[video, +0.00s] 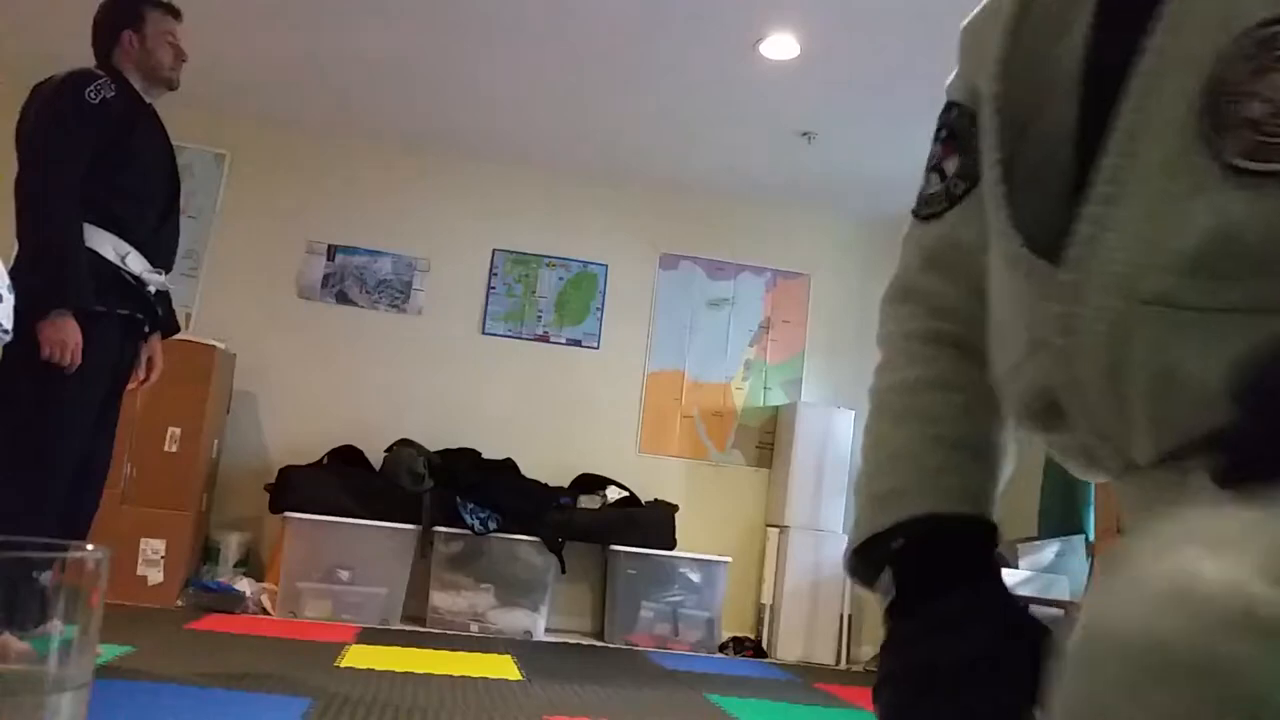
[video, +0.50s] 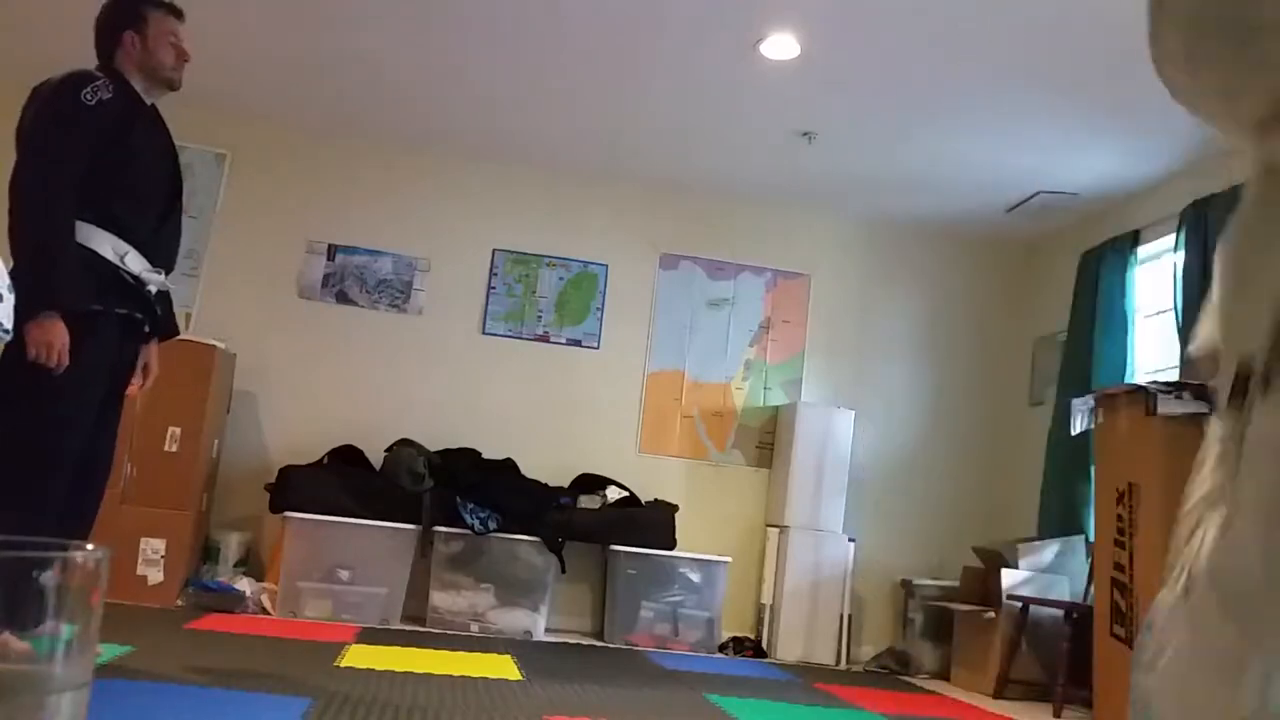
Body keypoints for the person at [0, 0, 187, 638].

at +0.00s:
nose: (183, 51)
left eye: (182, 40)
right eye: (171, 37)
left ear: (139, 45)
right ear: (130, 41)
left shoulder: (149, 126)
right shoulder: (73, 95)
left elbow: (147, 237)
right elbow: (47, 203)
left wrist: (154, 323)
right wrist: (55, 306)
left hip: (113, 325)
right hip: (62, 317)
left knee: (80, 477)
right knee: (37, 469)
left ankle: (39, 614)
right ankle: (9, 619)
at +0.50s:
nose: (186, 52)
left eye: (185, 41)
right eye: (174, 39)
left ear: (142, 46)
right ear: (131, 43)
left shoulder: (153, 130)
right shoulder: (75, 95)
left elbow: (148, 241)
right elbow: (39, 204)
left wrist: (149, 330)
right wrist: (41, 307)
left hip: (113, 332)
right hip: (62, 323)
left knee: (82, 477)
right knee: (36, 470)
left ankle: (42, 617)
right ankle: (10, 618)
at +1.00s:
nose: (202, 67)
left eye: (203, 57)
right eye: (191, 54)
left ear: (158, 59)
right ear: (147, 52)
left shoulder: (157, 130)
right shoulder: (102, 104)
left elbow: (144, 237)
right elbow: (65, 200)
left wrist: (151, 329)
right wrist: (61, 303)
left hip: (118, 328)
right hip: (81, 321)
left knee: (82, 472)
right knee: (51, 468)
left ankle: (38, 613)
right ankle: (13, 614)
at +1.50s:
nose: (252, 107)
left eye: (255, 99)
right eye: (243, 94)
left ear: (213, 94)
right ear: (204, 86)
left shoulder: (203, 152)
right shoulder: (163, 130)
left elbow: (170, 246)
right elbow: (122, 220)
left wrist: (176, 325)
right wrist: (122, 319)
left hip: (137, 330)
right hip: (151, 332)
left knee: (83, 475)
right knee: (188, 469)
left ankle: (28, 617)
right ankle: (135, 625)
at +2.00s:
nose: (356, 137)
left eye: (360, 127)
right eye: (349, 122)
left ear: (306, 118)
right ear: (314, 113)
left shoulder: (251, 150)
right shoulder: (290, 153)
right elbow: (277, 241)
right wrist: (288, 336)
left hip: (191, 314)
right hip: (239, 317)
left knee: (183, 469)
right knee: (256, 484)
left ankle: (83, 614)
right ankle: (227, 646)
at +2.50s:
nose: (377, 156)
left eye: (379, 144)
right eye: (372, 139)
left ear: (324, 131)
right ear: (336, 127)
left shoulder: (261, 169)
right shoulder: (321, 170)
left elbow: (283, 272)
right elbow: (326, 263)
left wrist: (354, 312)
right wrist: (400, 315)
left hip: (221, 330)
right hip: (277, 333)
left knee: (211, 478)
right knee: (306, 485)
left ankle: (170, 629)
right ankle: (240, 636)